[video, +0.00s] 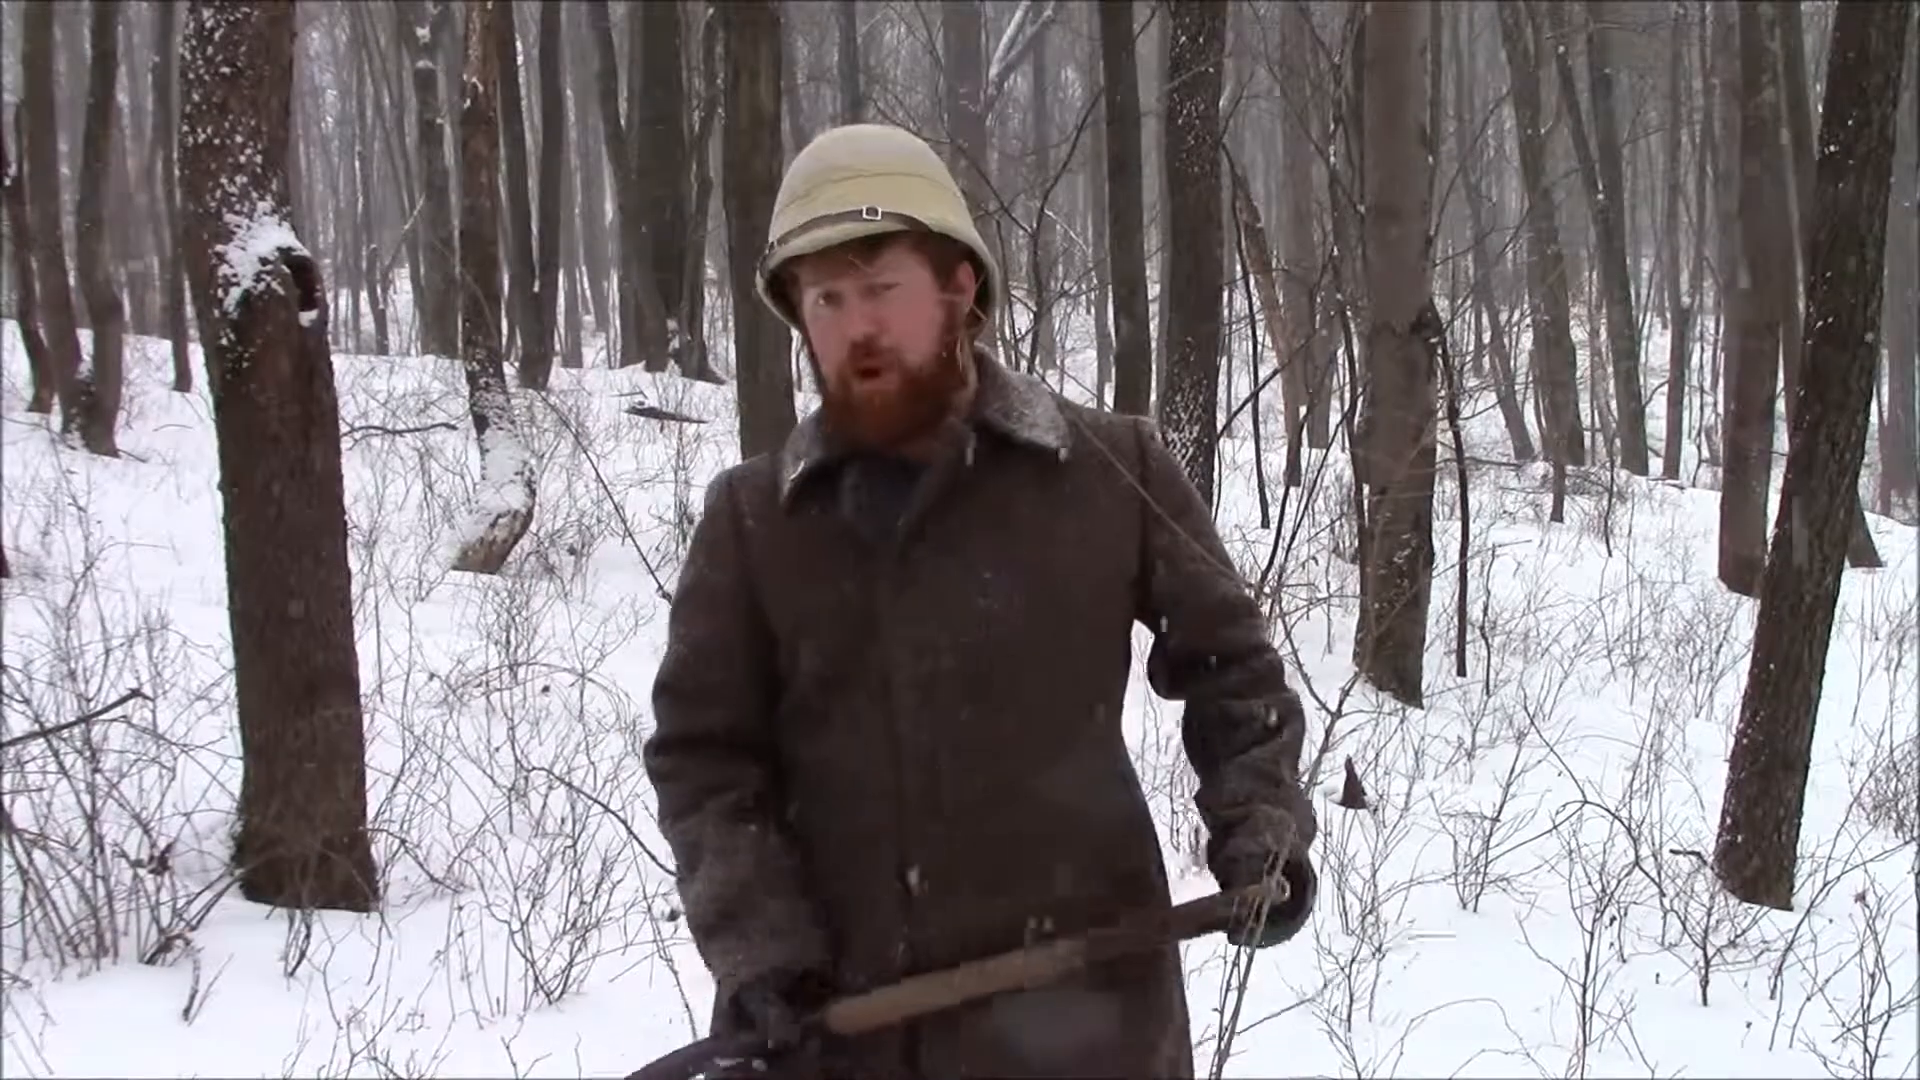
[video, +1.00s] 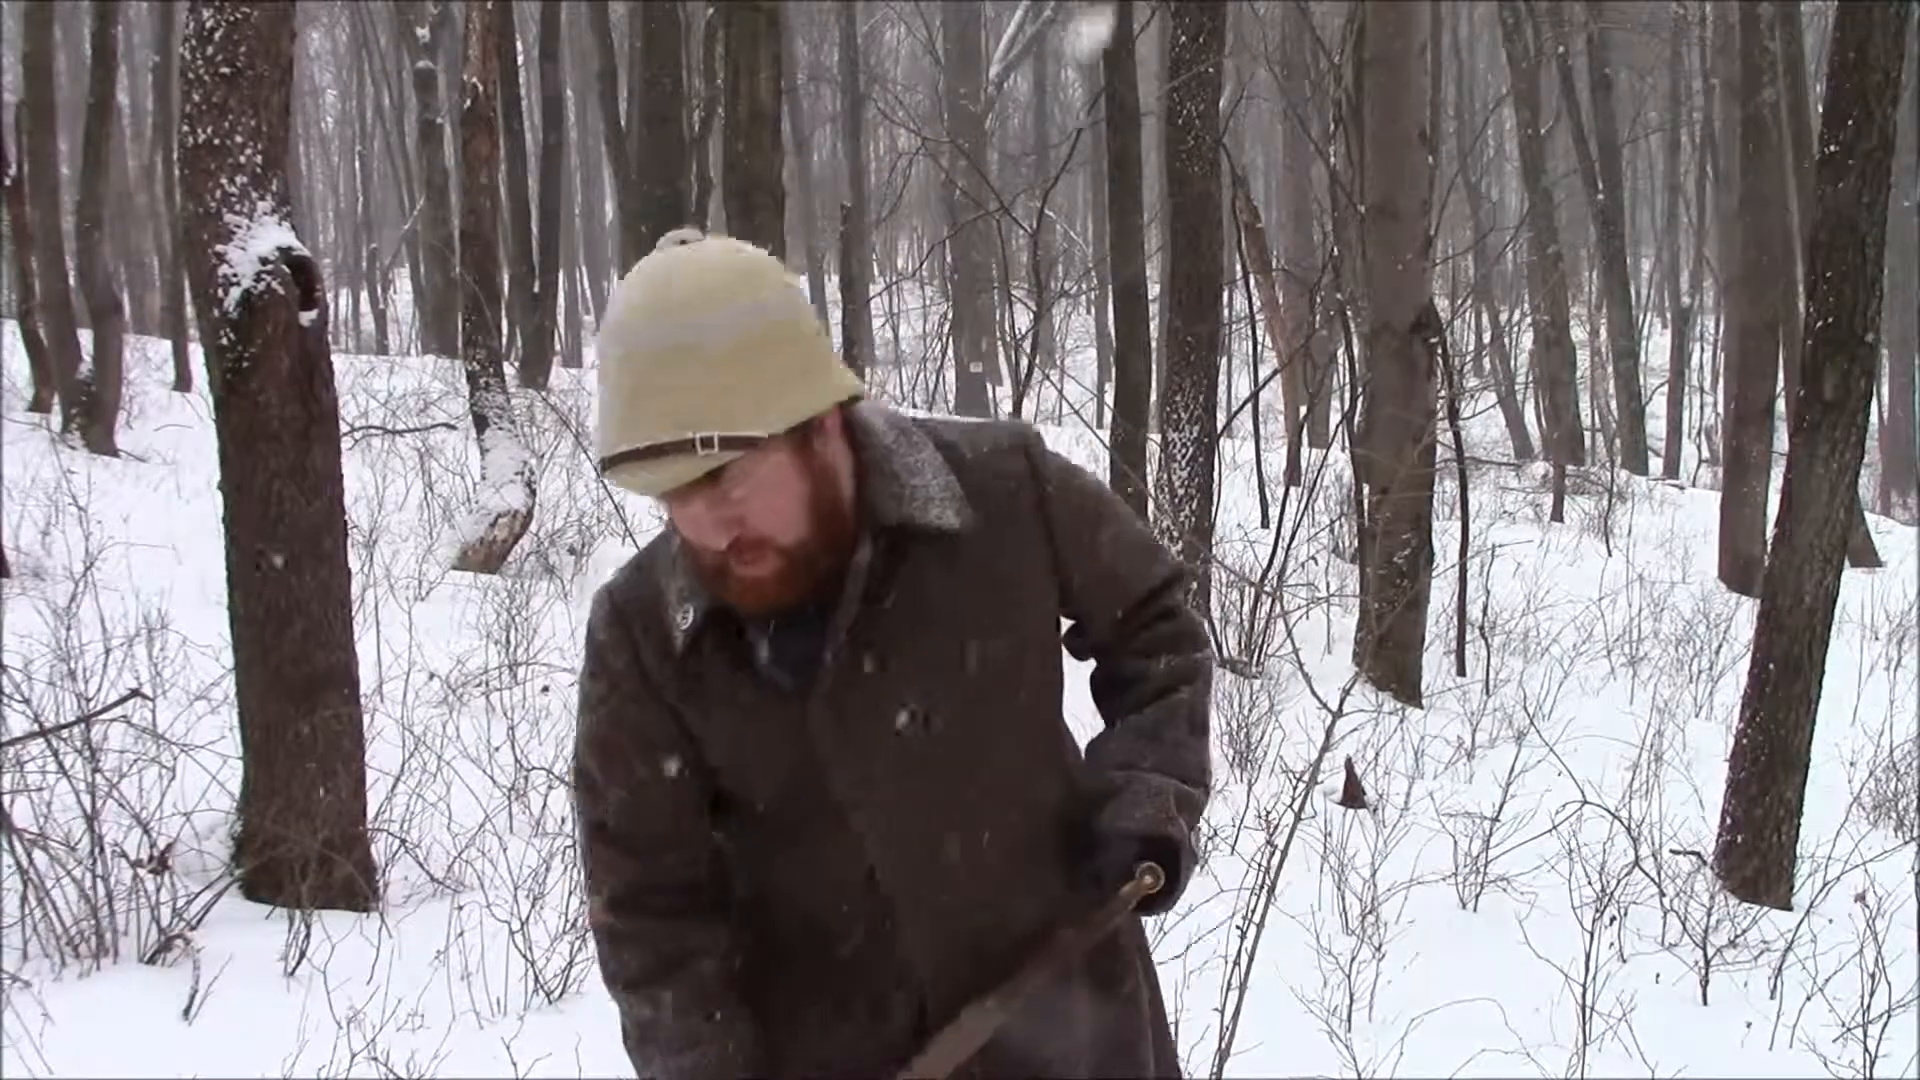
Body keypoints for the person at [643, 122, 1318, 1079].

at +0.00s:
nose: (858, 329)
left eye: (884, 287)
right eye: (828, 300)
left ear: (962, 289)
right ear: (799, 322)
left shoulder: (1116, 473)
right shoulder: (749, 520)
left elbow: (1230, 668)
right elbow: (701, 760)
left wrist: (1259, 827)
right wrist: (763, 955)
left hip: (1084, 1014)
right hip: (847, 1027)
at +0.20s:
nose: (864, 340)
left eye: (885, 296)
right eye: (830, 310)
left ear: (963, 294)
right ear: (799, 331)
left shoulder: (1116, 472)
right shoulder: (748, 521)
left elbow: (1222, 673)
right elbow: (704, 768)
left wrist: (1247, 842)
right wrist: (744, 966)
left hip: (1084, 1013)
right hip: (844, 1025)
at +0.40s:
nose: (884, 356)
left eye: (908, 315)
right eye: (850, 327)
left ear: (980, 304)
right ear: (817, 342)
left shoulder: (1132, 477)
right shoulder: (765, 526)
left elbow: (1226, 676)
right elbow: (713, 775)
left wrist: (1215, 828)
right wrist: (717, 997)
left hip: (1106, 1023)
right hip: (854, 1032)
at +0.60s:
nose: (870, 377)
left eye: (893, 334)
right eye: (840, 345)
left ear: (972, 320)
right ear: (807, 351)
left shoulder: (1124, 478)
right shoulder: (756, 537)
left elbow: (1234, 671)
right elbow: (717, 791)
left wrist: (1235, 840)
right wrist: (749, 1017)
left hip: (1114, 1022)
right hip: (870, 1039)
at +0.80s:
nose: (801, 435)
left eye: (826, 381)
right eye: (771, 393)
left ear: (921, 350)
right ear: (747, 393)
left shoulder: (1084, 485)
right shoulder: (712, 566)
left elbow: (1197, 656)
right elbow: (688, 847)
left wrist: (1201, 823)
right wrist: (732, 1060)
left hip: (1088, 1030)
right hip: (848, 1048)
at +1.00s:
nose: (702, 534)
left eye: (720, 478)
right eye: (667, 495)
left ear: (821, 417)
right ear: (641, 486)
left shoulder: (1009, 491)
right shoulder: (640, 632)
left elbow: (1151, 623)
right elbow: (651, 915)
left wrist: (1146, 795)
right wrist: (700, 1060)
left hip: (1063, 1027)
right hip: (820, 1054)